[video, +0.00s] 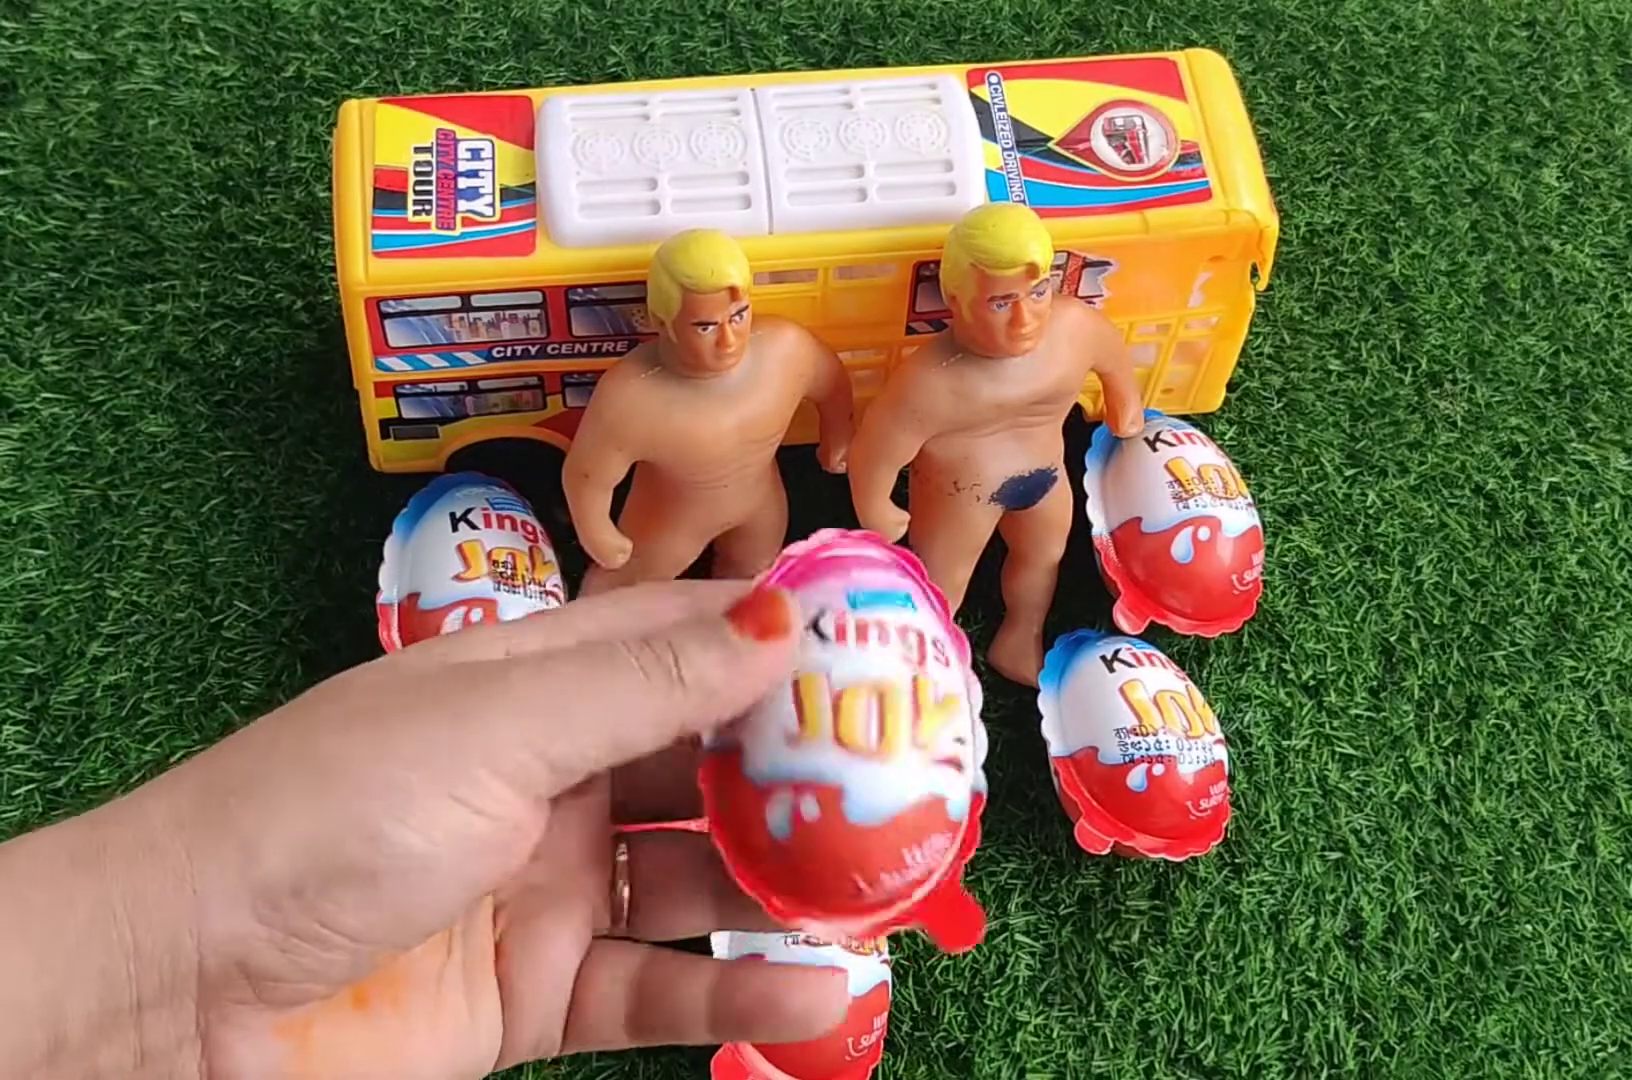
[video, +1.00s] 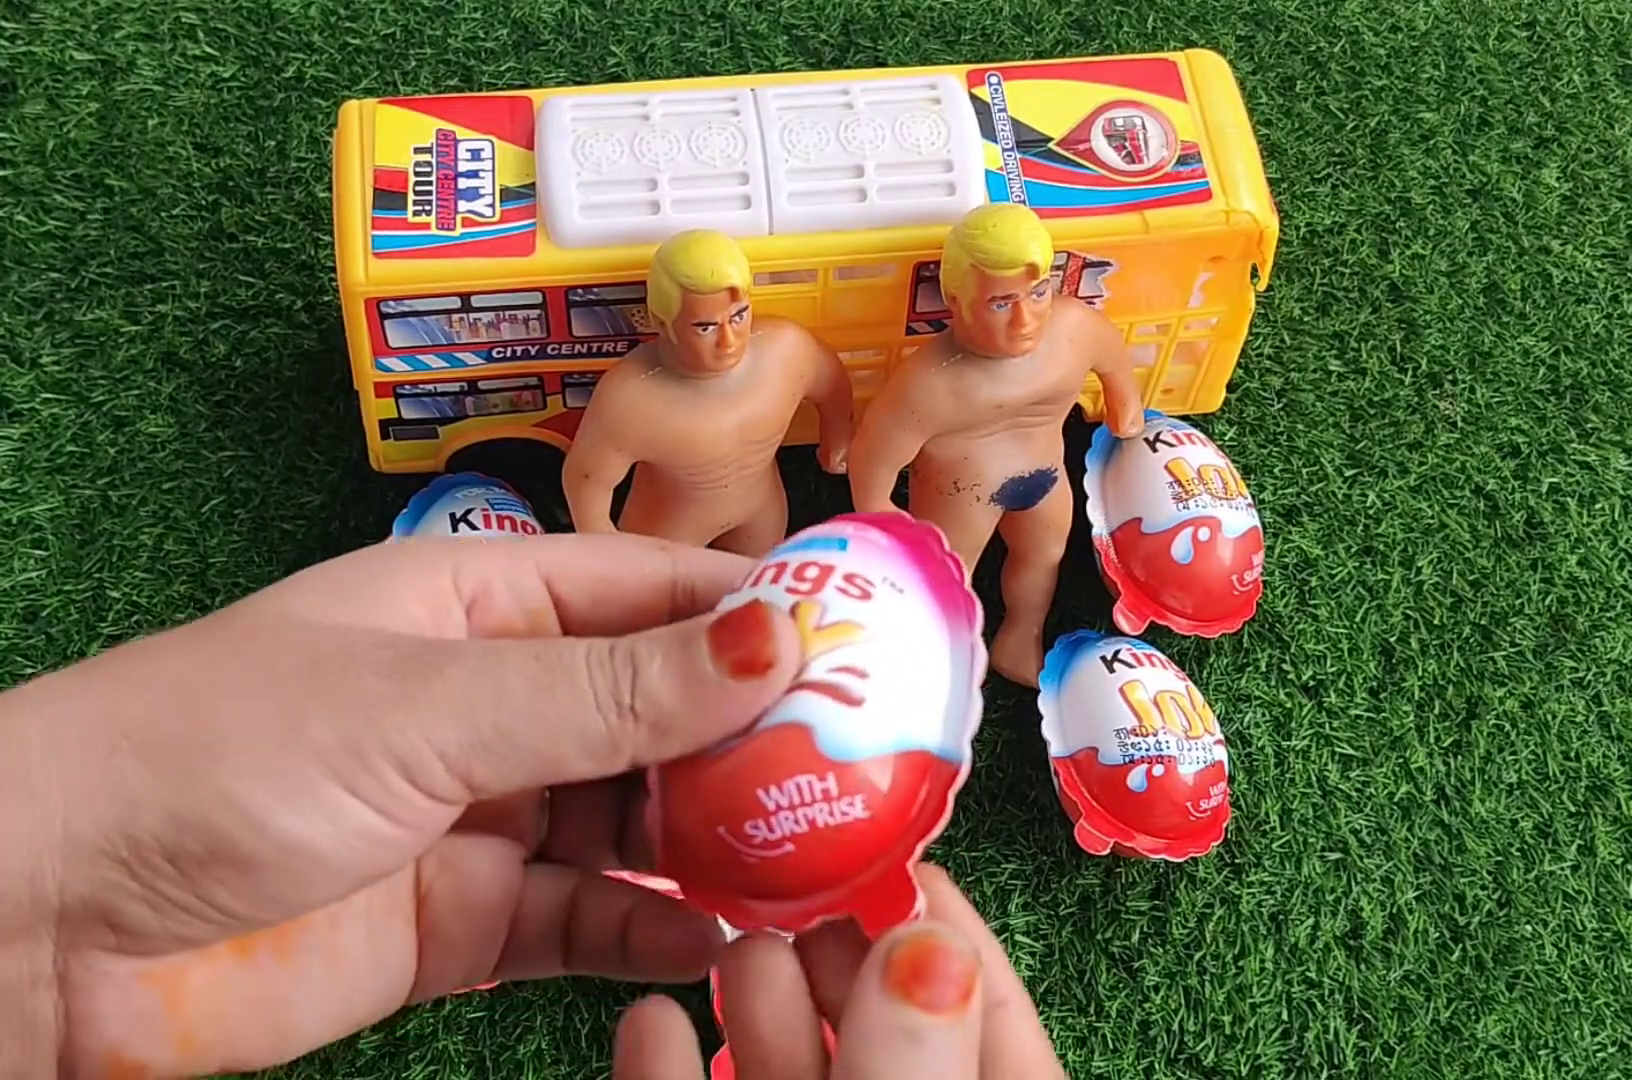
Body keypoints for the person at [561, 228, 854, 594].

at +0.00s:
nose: (728, 340)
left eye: (739, 316)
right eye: (705, 326)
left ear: (750, 301)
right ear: (663, 323)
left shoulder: (788, 350)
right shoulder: (629, 397)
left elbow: (833, 387)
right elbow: (586, 477)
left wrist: (836, 440)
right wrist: (598, 537)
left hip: (758, 500)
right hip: (671, 515)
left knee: (753, 585)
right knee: (627, 590)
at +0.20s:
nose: (727, 339)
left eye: (738, 316)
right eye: (704, 326)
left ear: (750, 299)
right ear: (662, 322)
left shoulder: (786, 349)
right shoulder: (627, 395)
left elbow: (832, 386)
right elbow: (583, 478)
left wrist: (835, 441)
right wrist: (604, 551)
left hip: (764, 529)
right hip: (663, 547)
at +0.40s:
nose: (728, 340)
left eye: (739, 315)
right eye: (705, 327)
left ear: (750, 301)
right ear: (664, 325)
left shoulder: (787, 350)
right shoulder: (627, 398)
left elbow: (832, 389)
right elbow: (584, 479)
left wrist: (834, 444)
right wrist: (606, 550)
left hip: (764, 540)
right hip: (662, 557)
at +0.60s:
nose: (728, 340)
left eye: (739, 316)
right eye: (704, 326)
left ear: (750, 300)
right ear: (663, 324)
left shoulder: (789, 350)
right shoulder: (629, 397)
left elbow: (833, 387)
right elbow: (586, 476)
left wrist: (836, 440)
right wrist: (598, 537)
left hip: (758, 499)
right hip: (671, 514)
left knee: (750, 574)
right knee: (629, 586)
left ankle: (725, 643)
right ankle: (585, 648)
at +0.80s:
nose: (728, 339)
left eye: (738, 315)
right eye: (704, 327)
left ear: (749, 302)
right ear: (662, 326)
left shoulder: (787, 350)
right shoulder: (628, 399)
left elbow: (833, 389)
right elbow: (585, 478)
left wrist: (835, 447)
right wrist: (601, 540)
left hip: (758, 508)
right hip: (669, 520)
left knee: (766, 597)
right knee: (645, 615)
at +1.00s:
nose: (728, 340)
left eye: (739, 316)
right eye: (705, 327)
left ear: (750, 302)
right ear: (664, 327)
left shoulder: (786, 350)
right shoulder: (627, 399)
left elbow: (833, 390)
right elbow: (585, 480)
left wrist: (834, 447)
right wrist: (605, 558)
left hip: (757, 514)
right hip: (668, 528)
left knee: (760, 614)